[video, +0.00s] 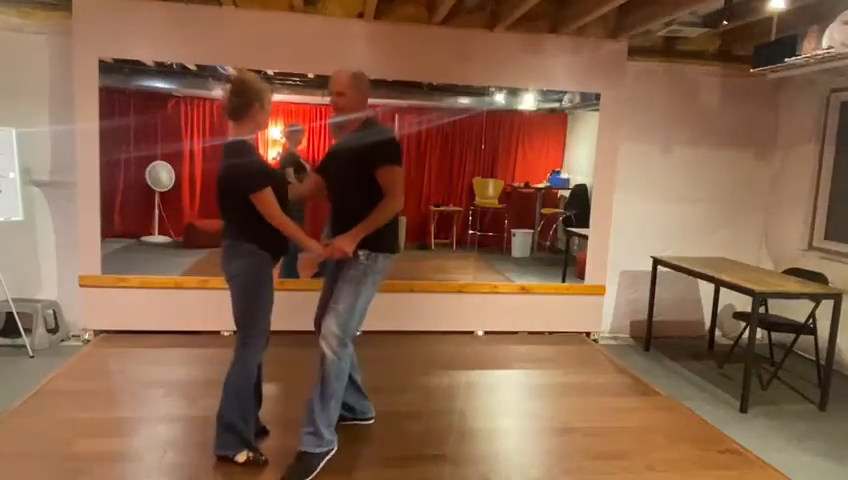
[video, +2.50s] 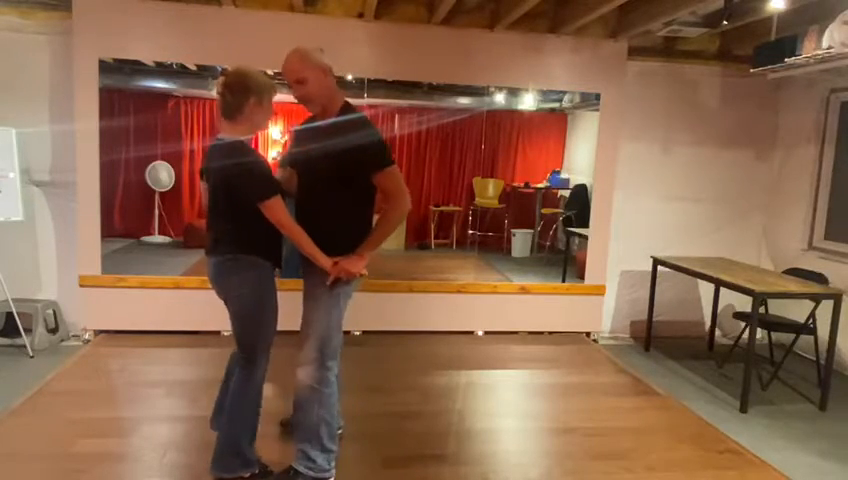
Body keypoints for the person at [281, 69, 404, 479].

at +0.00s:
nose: (333, 100)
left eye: (340, 94)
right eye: (332, 94)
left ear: (363, 96)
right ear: (336, 98)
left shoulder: (380, 137)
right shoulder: (341, 143)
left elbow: (396, 198)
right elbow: (311, 188)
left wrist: (352, 237)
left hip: (372, 250)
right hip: (342, 248)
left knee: (334, 334)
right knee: (330, 326)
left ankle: (318, 441)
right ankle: (355, 405)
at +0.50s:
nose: (324, 106)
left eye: (331, 100)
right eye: (323, 100)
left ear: (355, 103)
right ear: (328, 103)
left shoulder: (369, 144)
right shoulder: (333, 152)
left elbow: (386, 204)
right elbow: (297, 195)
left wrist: (341, 241)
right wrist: (254, 190)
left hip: (358, 260)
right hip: (332, 257)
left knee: (328, 347)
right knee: (315, 333)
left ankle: (306, 452)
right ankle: (353, 404)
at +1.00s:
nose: (307, 102)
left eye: (314, 95)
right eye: (306, 95)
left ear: (336, 96)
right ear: (322, 97)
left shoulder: (352, 136)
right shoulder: (330, 140)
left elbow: (375, 195)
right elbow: (299, 193)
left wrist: (335, 240)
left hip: (348, 256)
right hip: (332, 254)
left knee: (326, 350)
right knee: (323, 333)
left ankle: (312, 459)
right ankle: (354, 405)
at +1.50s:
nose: (298, 92)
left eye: (304, 82)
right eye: (296, 84)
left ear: (330, 82)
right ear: (321, 84)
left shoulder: (344, 125)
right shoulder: (328, 126)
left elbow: (374, 184)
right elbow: (325, 186)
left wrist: (340, 243)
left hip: (340, 257)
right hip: (331, 254)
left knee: (324, 355)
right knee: (340, 338)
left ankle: (317, 464)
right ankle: (353, 408)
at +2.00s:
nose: (301, 86)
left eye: (308, 76)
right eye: (298, 78)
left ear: (335, 76)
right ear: (315, 80)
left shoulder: (354, 127)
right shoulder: (325, 127)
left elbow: (390, 199)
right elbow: (320, 190)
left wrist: (348, 257)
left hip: (336, 262)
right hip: (321, 256)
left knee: (313, 364)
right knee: (325, 343)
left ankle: (314, 465)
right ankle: (339, 418)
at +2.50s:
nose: (296, 92)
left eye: (300, 82)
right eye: (291, 86)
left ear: (326, 74)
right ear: (294, 88)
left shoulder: (359, 129)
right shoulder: (304, 131)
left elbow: (400, 201)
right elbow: (288, 186)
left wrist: (361, 256)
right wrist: (242, 182)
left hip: (340, 261)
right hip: (311, 256)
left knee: (316, 361)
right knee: (316, 346)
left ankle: (314, 465)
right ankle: (316, 417)